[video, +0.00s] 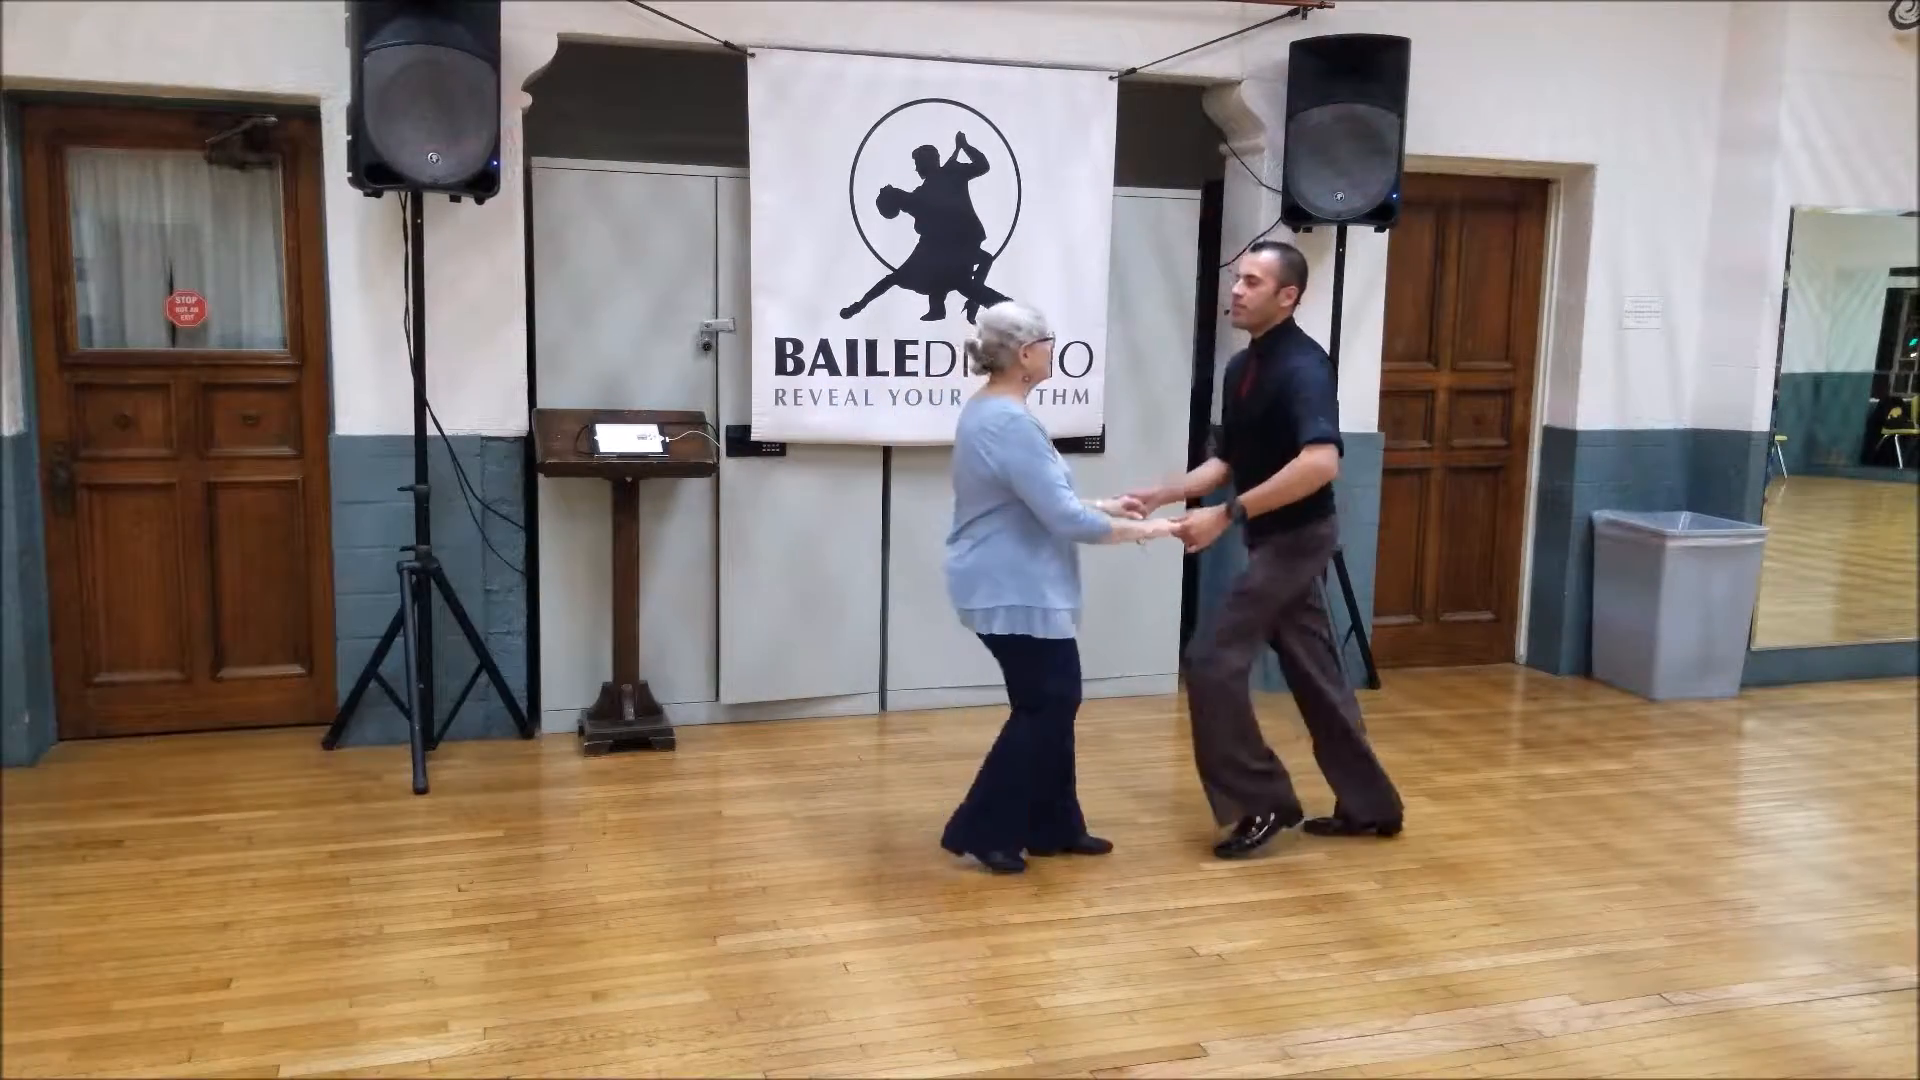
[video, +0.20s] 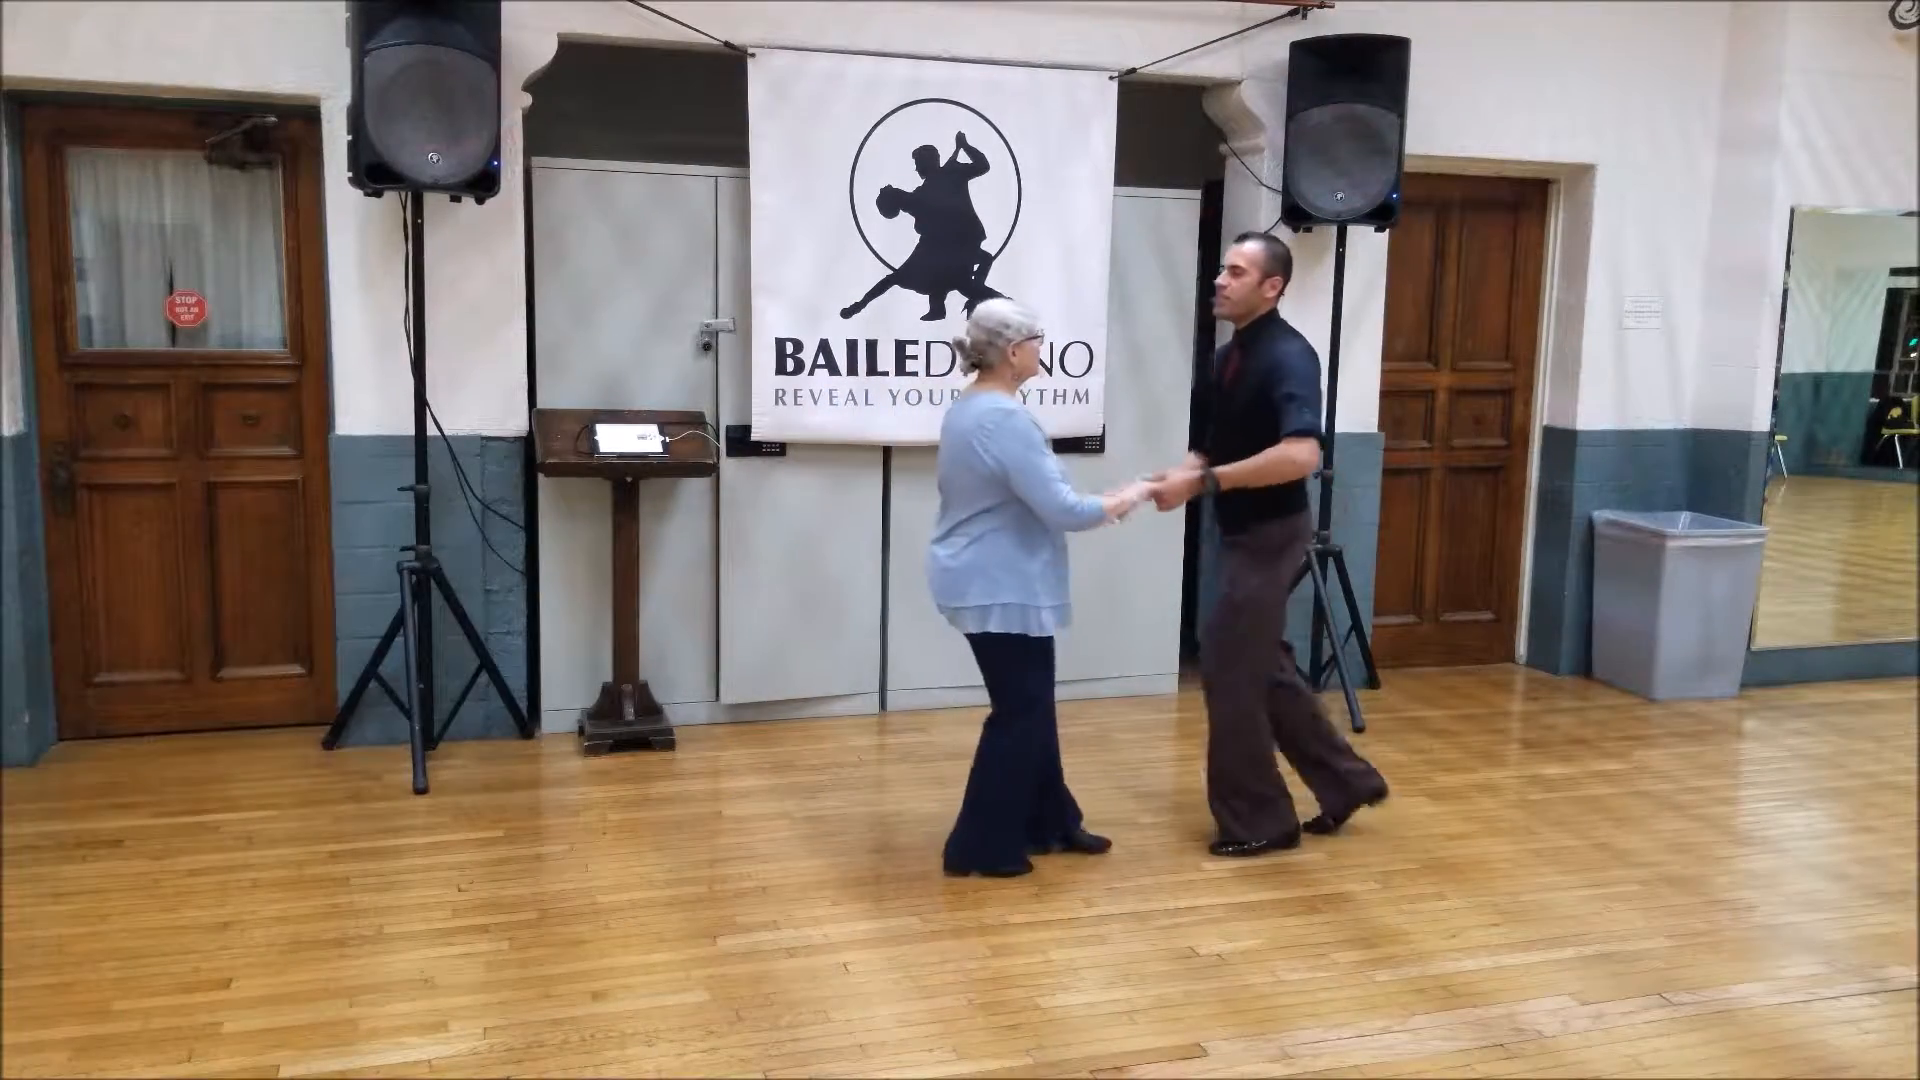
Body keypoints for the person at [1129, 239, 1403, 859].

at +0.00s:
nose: (1235, 290)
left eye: (1251, 283)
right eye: (1236, 279)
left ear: (1288, 296)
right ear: (1238, 285)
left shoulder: (1303, 364)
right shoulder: (1243, 366)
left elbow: (1322, 462)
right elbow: (1232, 459)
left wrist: (1229, 512)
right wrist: (1166, 492)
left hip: (1301, 536)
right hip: (1272, 535)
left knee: (1212, 660)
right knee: (1315, 671)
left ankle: (1265, 803)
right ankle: (1370, 805)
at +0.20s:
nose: (1220, 281)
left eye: (1236, 273)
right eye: (1223, 270)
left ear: (1272, 287)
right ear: (1234, 281)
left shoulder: (1290, 355)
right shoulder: (1229, 353)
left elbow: (1302, 455)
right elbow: (1213, 445)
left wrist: (1208, 478)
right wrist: (1179, 475)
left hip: (1273, 533)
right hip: (1237, 529)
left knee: (1229, 664)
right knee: (1256, 663)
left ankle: (1260, 822)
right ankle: (1346, 781)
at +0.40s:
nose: (1187, 274)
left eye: (1202, 266)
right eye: (1189, 262)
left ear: (1238, 279)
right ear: (1199, 273)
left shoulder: (1256, 357)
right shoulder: (1189, 346)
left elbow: (1240, 471)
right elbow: (1173, 437)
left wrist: (1152, 460)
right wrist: (1126, 456)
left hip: (1249, 532)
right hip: (1198, 527)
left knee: (1260, 679)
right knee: (1148, 655)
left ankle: (1270, 823)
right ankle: (1209, 777)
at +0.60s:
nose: (1143, 277)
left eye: (1157, 271)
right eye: (1146, 267)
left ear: (1194, 287)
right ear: (1169, 283)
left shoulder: (1210, 366)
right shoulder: (1147, 351)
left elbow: (1188, 485)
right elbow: (1129, 443)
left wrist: (1095, 483)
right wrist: (1051, 443)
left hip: (1199, 537)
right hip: (1149, 532)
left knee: (1197, 678)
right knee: (1105, 666)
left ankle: (1261, 804)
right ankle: (1096, 815)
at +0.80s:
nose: (1103, 283)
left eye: (1118, 275)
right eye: (1106, 272)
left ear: (1155, 289)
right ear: (1126, 287)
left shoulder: (1173, 367)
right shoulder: (1110, 361)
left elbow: (1153, 480)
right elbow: (1088, 458)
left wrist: (1056, 520)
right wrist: (1018, 482)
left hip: (1153, 533)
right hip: (1109, 527)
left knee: (1064, 653)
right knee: (1090, 660)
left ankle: (1112, 786)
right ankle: (1089, 818)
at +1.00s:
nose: (1073, 275)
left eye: (1088, 267)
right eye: (1075, 264)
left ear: (1125, 283)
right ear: (1081, 276)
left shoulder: (1140, 356)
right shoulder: (1078, 353)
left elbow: (1120, 461)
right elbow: (1057, 451)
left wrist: (1020, 497)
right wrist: (990, 482)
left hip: (1121, 532)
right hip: (1080, 525)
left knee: (1060, 674)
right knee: (1065, 672)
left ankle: (997, 830)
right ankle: (1097, 817)